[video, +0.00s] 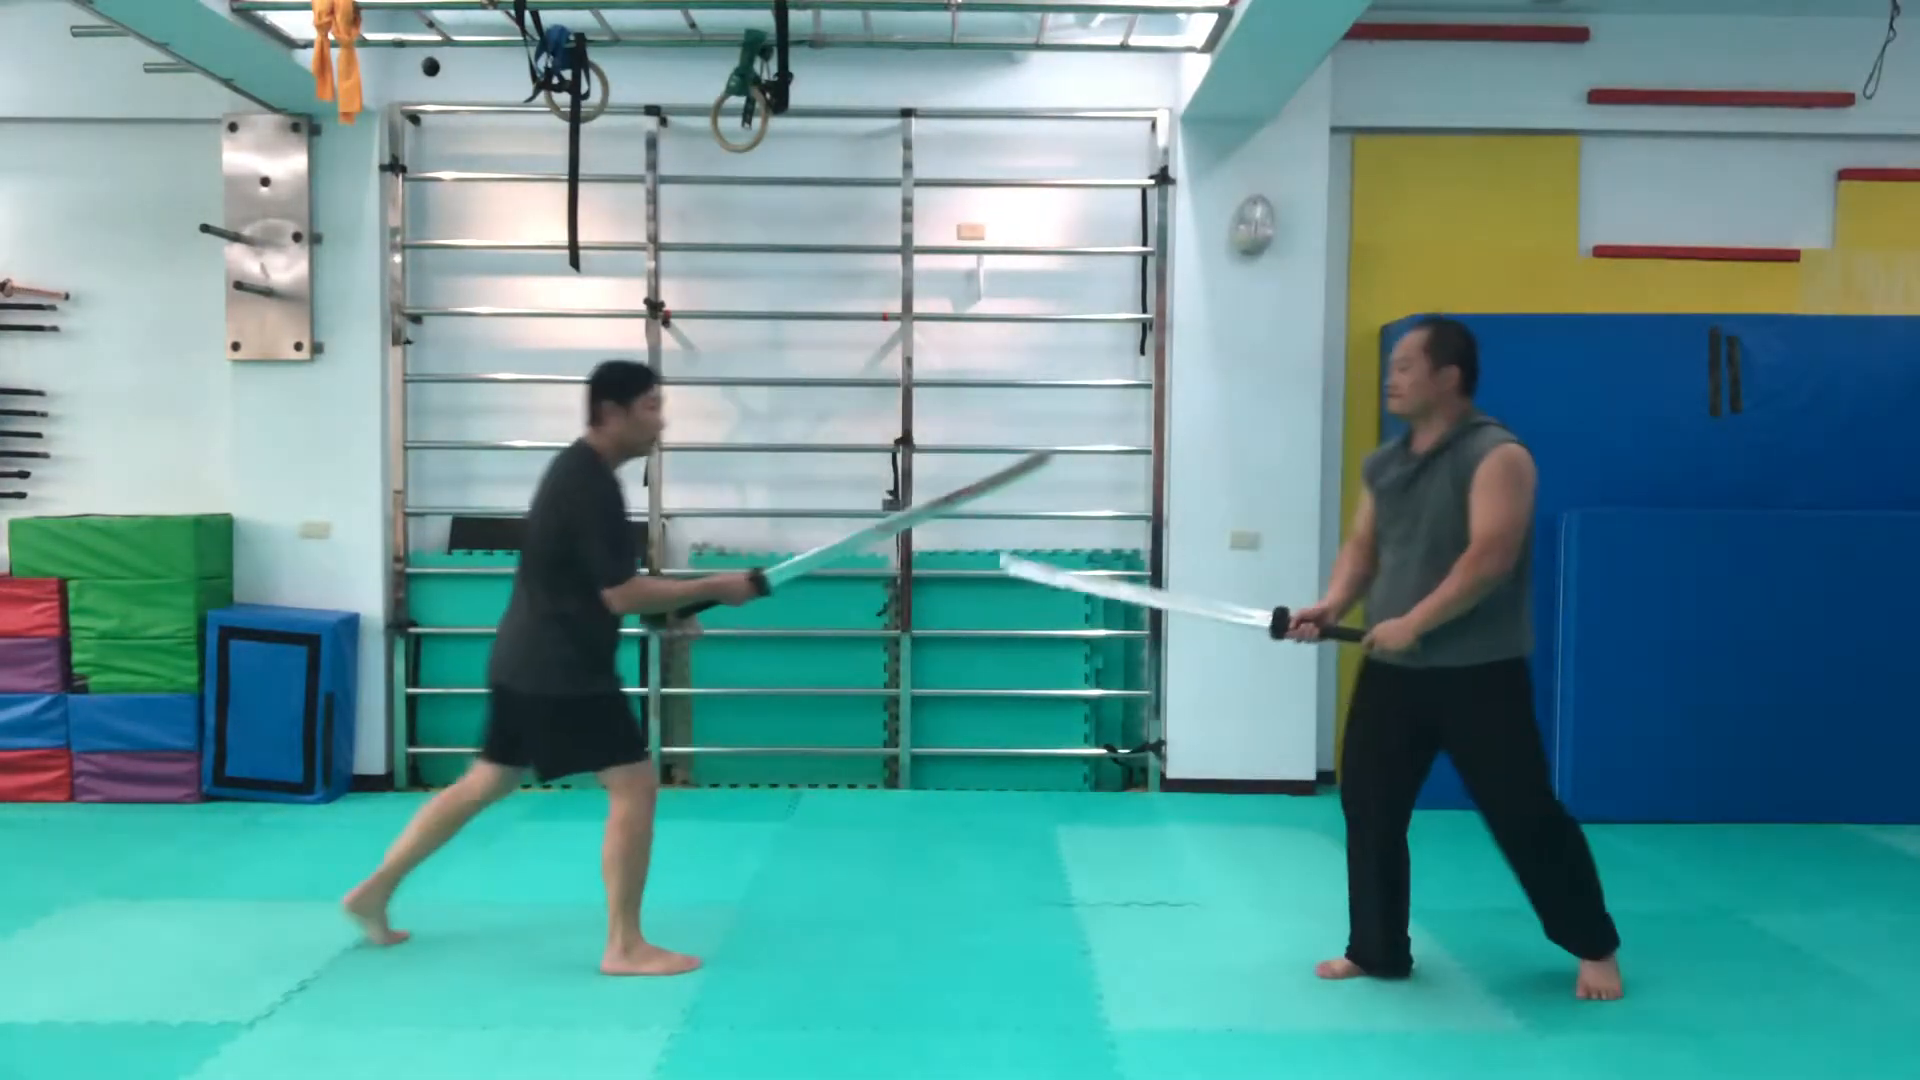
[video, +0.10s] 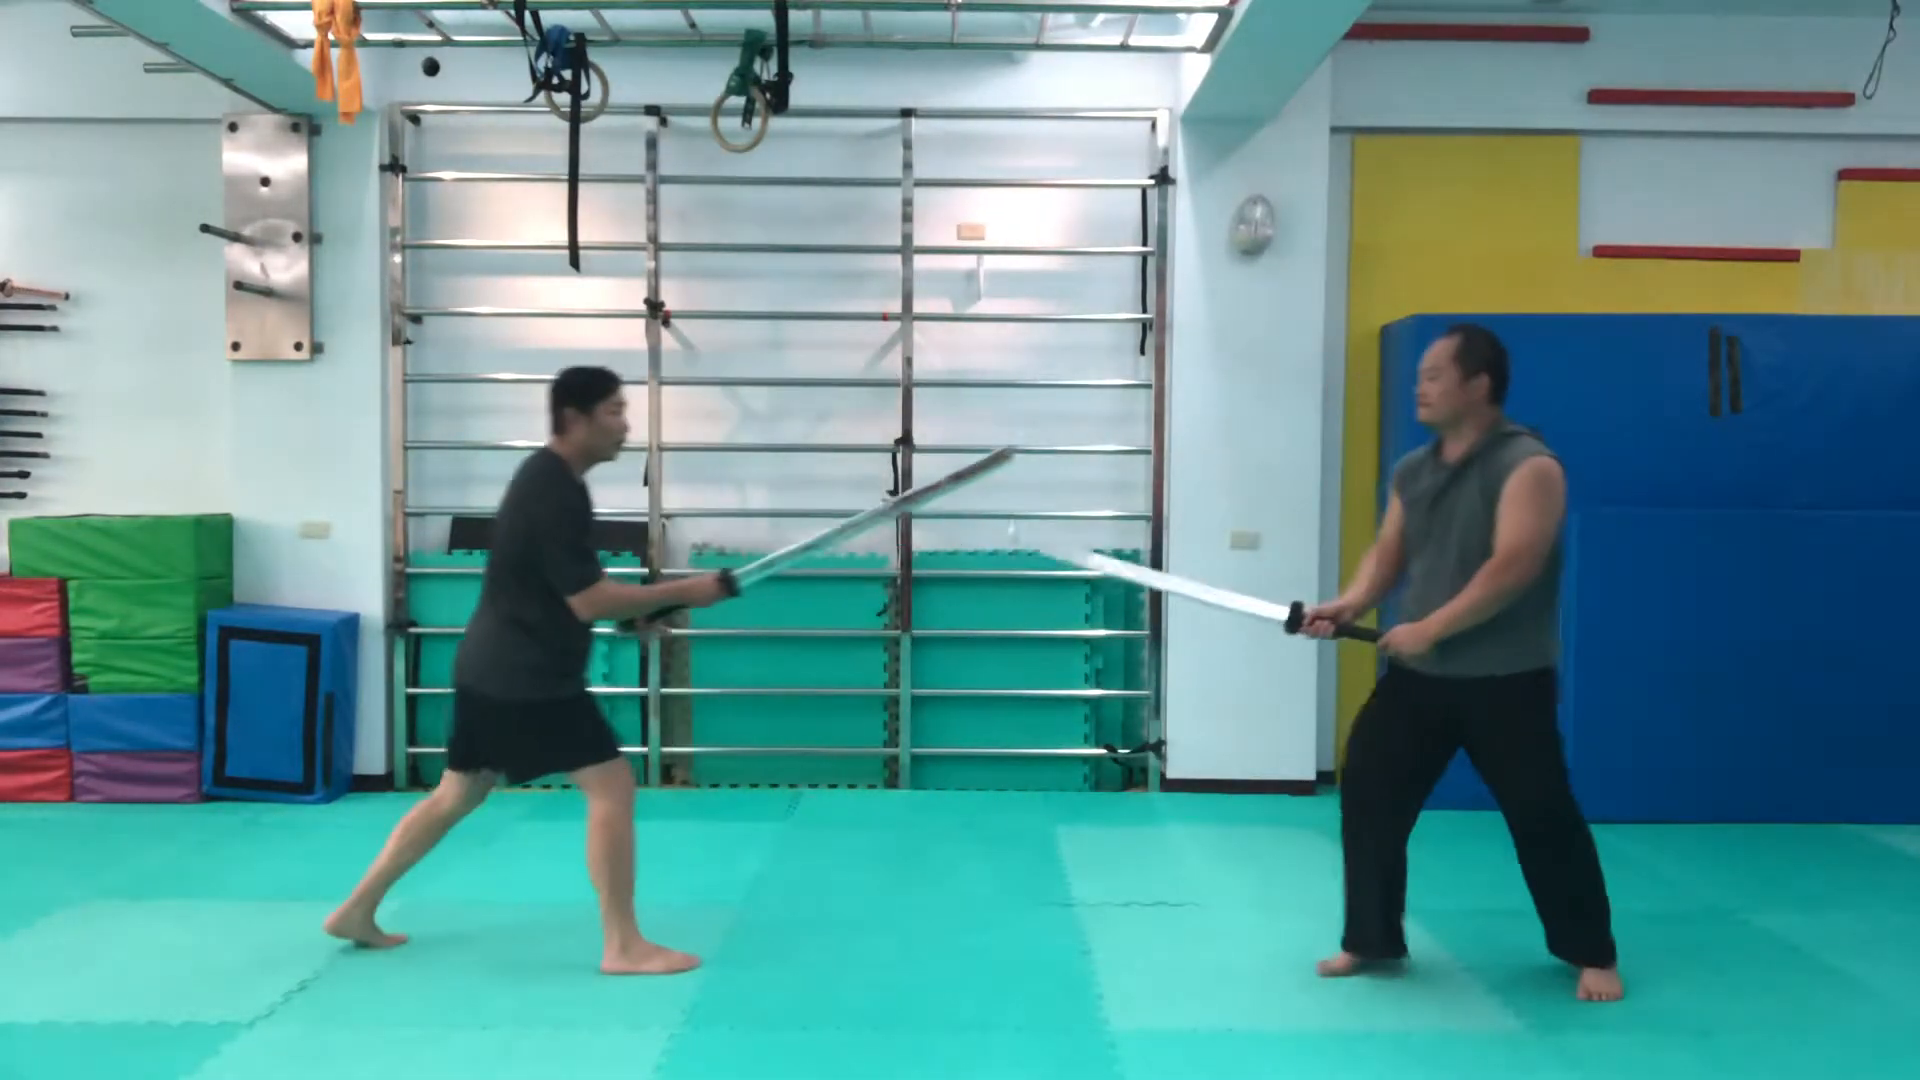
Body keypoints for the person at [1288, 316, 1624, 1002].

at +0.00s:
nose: (1391, 378)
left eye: (1404, 368)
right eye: (1391, 368)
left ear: (1449, 378)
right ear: (1403, 379)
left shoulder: (1498, 458)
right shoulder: (1384, 466)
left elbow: (1492, 557)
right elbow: (1361, 548)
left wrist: (1412, 622)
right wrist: (1330, 606)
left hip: (1480, 675)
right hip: (1392, 674)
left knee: (1524, 814)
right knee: (1370, 808)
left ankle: (1594, 947)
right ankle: (1377, 951)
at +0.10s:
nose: (1419, 388)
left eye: (1433, 377)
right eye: (1420, 376)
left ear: (1479, 386)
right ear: (1448, 387)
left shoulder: (1530, 467)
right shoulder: (1414, 472)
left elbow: (1515, 565)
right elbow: (1387, 551)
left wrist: (1428, 628)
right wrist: (1347, 605)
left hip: (1506, 684)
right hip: (1417, 681)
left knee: (1543, 816)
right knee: (1369, 793)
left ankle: (1594, 957)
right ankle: (1373, 944)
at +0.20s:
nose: (1442, 396)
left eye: (1456, 386)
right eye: (1442, 384)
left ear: (1504, 395)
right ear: (1455, 394)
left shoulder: (1552, 477)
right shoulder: (1434, 478)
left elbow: (1532, 575)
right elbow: (1405, 557)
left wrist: (1445, 632)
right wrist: (1360, 607)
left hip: (1527, 684)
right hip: (1433, 676)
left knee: (1549, 819)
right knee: (1364, 775)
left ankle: (1593, 959)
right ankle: (1355, 915)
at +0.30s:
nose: (1451, 399)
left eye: (1465, 389)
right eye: (1451, 388)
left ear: (1512, 397)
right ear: (1465, 396)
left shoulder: (1560, 477)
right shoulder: (1443, 476)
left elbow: (1537, 573)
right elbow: (1412, 556)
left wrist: (1453, 629)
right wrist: (1367, 604)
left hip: (1529, 683)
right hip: (1438, 674)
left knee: (1549, 820)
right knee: (1373, 777)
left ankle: (1590, 960)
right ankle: (1347, 907)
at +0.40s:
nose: (1452, 402)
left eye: (1466, 393)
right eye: (1452, 391)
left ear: (1512, 402)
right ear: (1463, 400)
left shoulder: (1556, 484)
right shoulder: (1439, 481)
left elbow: (1532, 579)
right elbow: (1405, 559)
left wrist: (1448, 630)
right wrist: (1363, 603)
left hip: (1523, 690)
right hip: (1433, 682)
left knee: (1546, 826)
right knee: (1384, 794)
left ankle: (1589, 960)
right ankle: (1348, 916)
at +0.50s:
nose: (1445, 402)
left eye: (1459, 393)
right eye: (1444, 391)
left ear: (1504, 402)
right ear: (1456, 400)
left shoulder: (1545, 484)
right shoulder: (1431, 481)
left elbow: (1519, 578)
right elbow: (1397, 557)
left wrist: (1432, 629)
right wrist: (1353, 601)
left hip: (1510, 689)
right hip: (1424, 681)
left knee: (1538, 824)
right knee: (1383, 793)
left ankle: (1588, 958)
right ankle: (1359, 913)